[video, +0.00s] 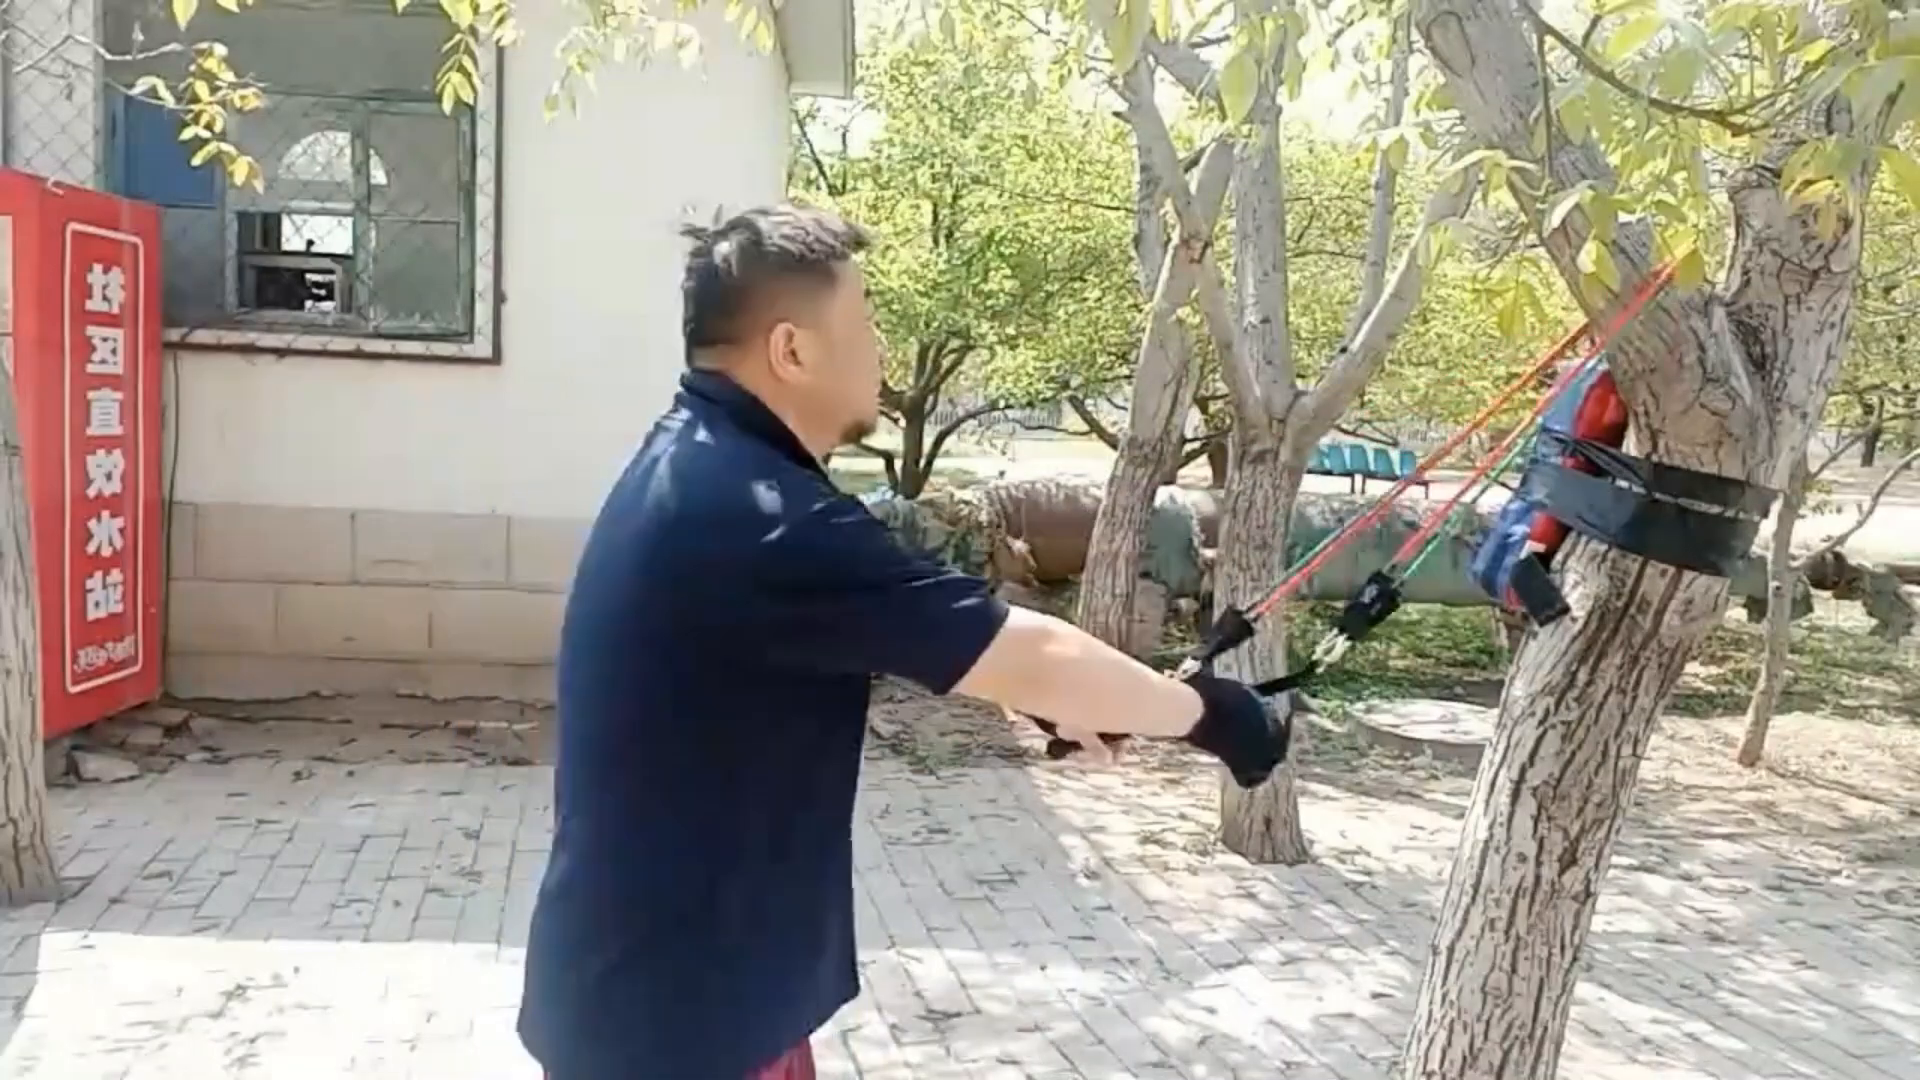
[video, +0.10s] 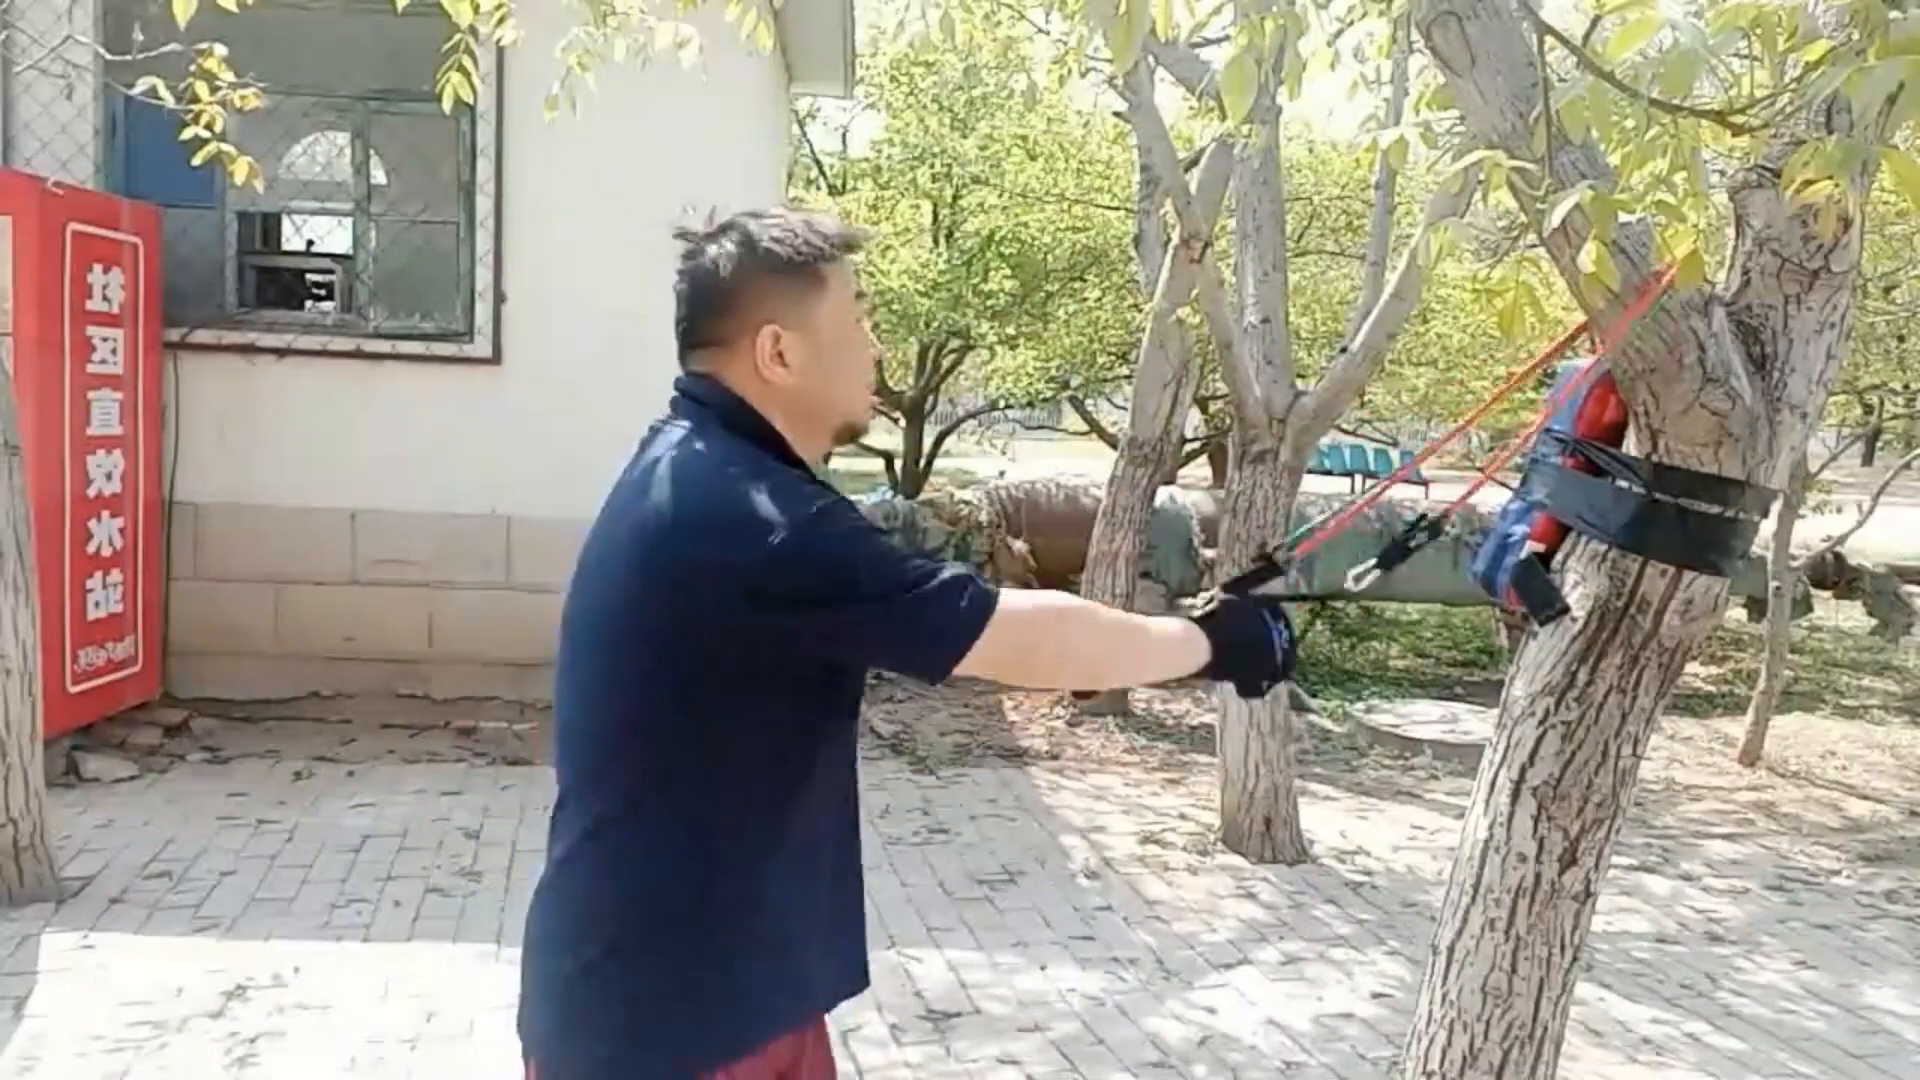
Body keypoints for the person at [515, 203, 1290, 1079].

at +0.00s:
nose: (880, 352)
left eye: (871, 323)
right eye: (863, 324)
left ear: (774, 349)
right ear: (788, 352)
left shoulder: (685, 467)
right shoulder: (772, 518)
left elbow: (916, 623)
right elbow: (1029, 658)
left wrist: (1047, 696)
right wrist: (1208, 711)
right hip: (703, 1025)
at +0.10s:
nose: (875, 350)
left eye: (864, 320)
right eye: (855, 322)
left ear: (766, 352)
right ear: (777, 354)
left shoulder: (686, 471)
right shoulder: (764, 516)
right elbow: (1007, 636)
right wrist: (1210, 643)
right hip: (699, 1025)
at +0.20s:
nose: (866, 372)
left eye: (855, 342)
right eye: (843, 344)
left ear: (748, 375)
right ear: (756, 374)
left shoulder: (698, 493)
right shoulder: (713, 527)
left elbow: (947, 602)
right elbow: (977, 609)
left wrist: (1150, 571)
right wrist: (1183, 567)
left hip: (775, 998)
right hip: (687, 1030)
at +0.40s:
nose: (886, 404)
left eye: (877, 375)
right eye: (858, 376)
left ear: (757, 410)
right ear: (753, 405)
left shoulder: (786, 521)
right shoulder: (692, 537)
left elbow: (953, 601)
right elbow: (956, 606)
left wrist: (1152, 566)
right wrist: (1156, 567)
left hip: (779, 993)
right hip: (632, 1024)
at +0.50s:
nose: (914, 442)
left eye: (912, 416)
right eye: (888, 420)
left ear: (796, 449)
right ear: (784, 448)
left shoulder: (854, 565)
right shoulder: (723, 571)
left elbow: (983, 660)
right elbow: (987, 675)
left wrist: (1162, 646)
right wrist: (1174, 646)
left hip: (789, 991)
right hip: (623, 1025)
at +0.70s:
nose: (803, 528)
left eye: (823, 492)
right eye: (766, 495)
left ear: (839, 485)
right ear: (671, 495)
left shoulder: (762, 591)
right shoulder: (641, 635)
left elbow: (883, 687)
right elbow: (874, 780)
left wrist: (1036, 685)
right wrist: (1068, 773)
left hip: (780, 1018)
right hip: (602, 1049)